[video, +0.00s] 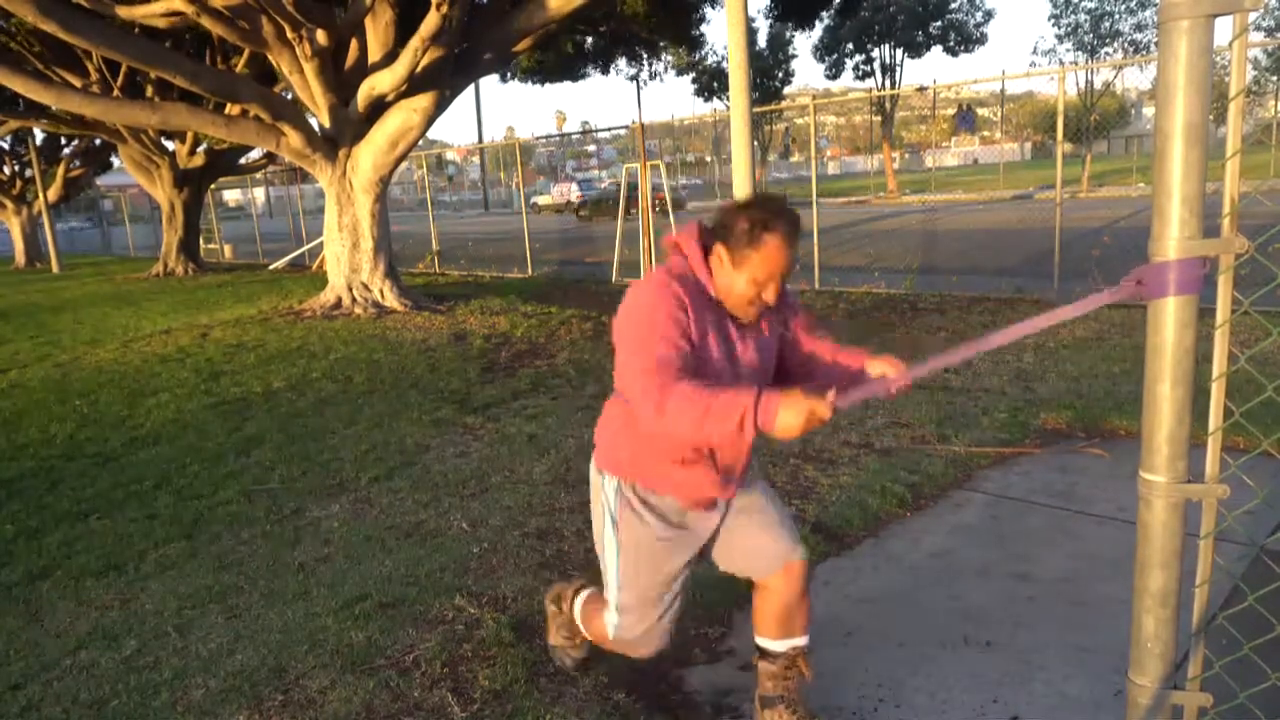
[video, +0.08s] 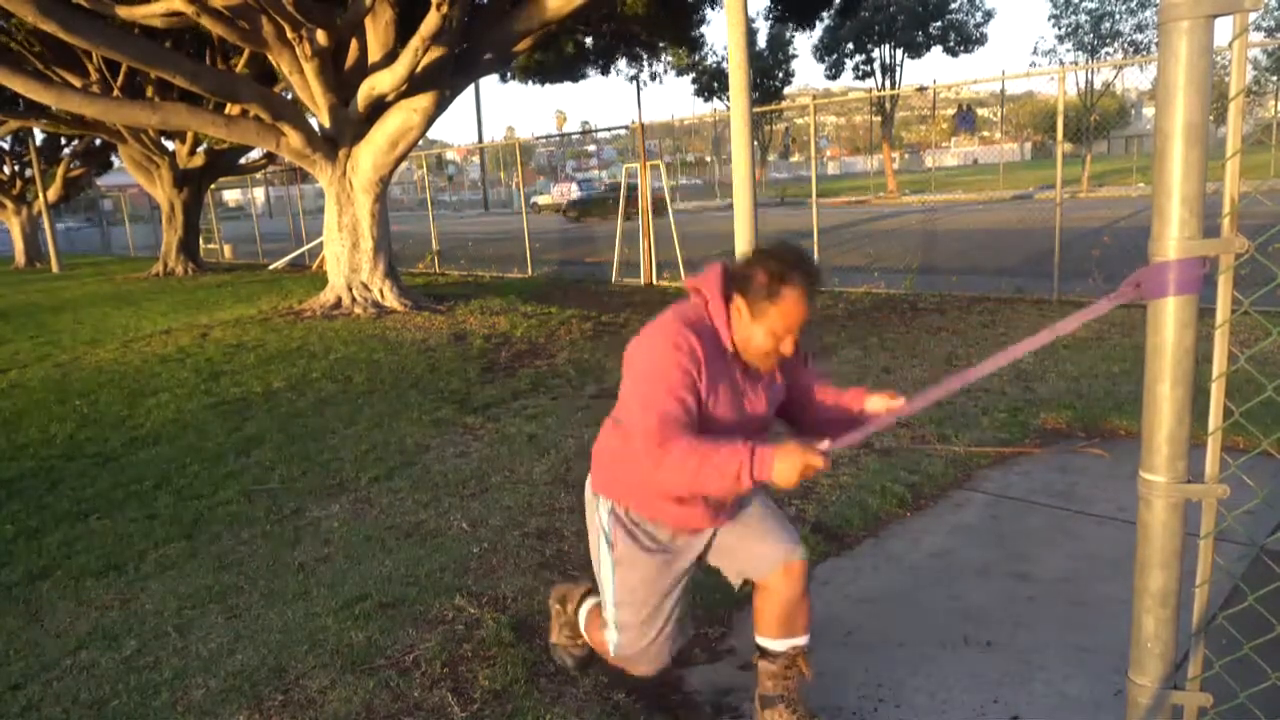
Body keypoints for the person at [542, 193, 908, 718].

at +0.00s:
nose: (772, 297)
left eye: (780, 283)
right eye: (760, 284)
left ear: (788, 269)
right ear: (719, 262)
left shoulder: (771, 305)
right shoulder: (655, 302)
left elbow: (804, 355)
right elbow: (660, 403)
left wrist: (863, 368)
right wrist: (761, 410)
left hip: (725, 476)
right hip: (643, 483)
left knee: (785, 566)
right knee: (639, 637)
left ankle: (779, 699)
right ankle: (571, 608)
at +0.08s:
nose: (790, 349)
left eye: (797, 334)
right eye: (779, 333)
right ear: (738, 311)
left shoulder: (773, 347)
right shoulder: (667, 346)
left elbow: (802, 409)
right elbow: (660, 456)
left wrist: (860, 407)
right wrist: (762, 462)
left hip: (722, 494)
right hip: (639, 505)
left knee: (785, 564)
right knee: (643, 658)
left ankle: (778, 699)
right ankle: (575, 612)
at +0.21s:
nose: (798, 418)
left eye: (805, 406)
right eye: (788, 406)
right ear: (747, 383)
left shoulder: (773, 396)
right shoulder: (674, 409)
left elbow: (801, 451)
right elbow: (670, 521)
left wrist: (857, 449)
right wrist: (770, 508)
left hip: (715, 529)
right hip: (637, 545)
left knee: (784, 565)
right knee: (652, 686)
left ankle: (779, 701)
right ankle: (579, 617)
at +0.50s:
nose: (772, 367)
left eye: (776, 352)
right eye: (759, 354)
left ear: (781, 341)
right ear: (714, 342)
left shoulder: (770, 375)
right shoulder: (650, 382)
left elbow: (803, 433)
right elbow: (637, 487)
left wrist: (855, 443)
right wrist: (739, 471)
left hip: (720, 507)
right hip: (637, 527)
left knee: (778, 568)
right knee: (642, 667)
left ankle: (779, 696)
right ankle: (580, 614)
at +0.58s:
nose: (750, 299)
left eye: (753, 284)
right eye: (737, 287)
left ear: (757, 277)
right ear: (691, 281)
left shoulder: (750, 322)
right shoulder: (636, 332)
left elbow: (783, 379)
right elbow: (638, 431)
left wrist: (847, 392)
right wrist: (738, 418)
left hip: (721, 481)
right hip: (635, 498)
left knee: (779, 566)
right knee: (631, 640)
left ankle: (780, 697)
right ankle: (574, 610)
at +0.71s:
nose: (721, 208)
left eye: (725, 193)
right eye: (708, 193)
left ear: (725, 190)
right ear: (664, 188)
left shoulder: (722, 244)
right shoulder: (615, 247)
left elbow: (764, 294)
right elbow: (645, 333)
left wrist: (832, 312)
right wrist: (754, 335)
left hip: (698, 425)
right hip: (613, 431)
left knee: (736, 542)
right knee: (635, 573)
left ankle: (767, 677)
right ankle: (597, 613)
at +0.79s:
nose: (706, 178)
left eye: (708, 165)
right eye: (692, 166)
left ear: (704, 162)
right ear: (643, 164)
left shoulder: (703, 214)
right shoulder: (607, 216)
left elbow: (765, 252)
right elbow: (670, 275)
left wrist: (831, 274)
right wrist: (775, 295)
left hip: (677, 404)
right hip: (601, 409)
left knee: (716, 520)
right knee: (655, 541)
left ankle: (702, 633)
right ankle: (651, 653)